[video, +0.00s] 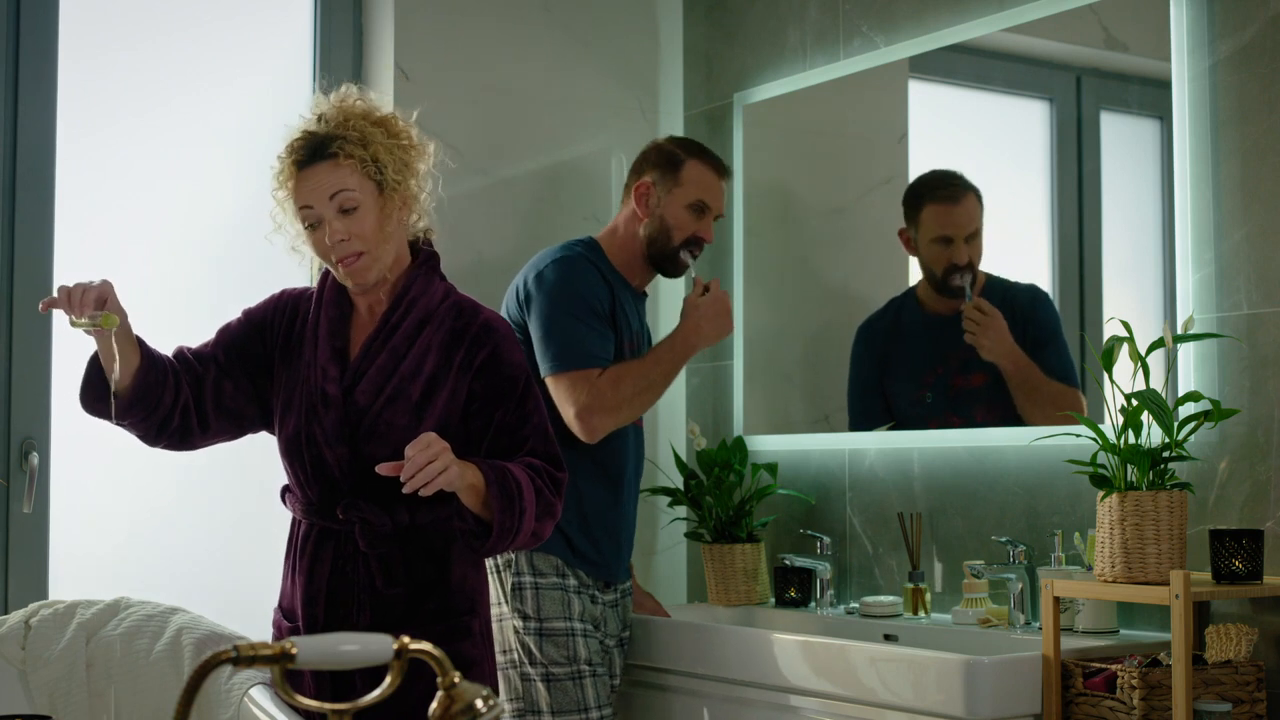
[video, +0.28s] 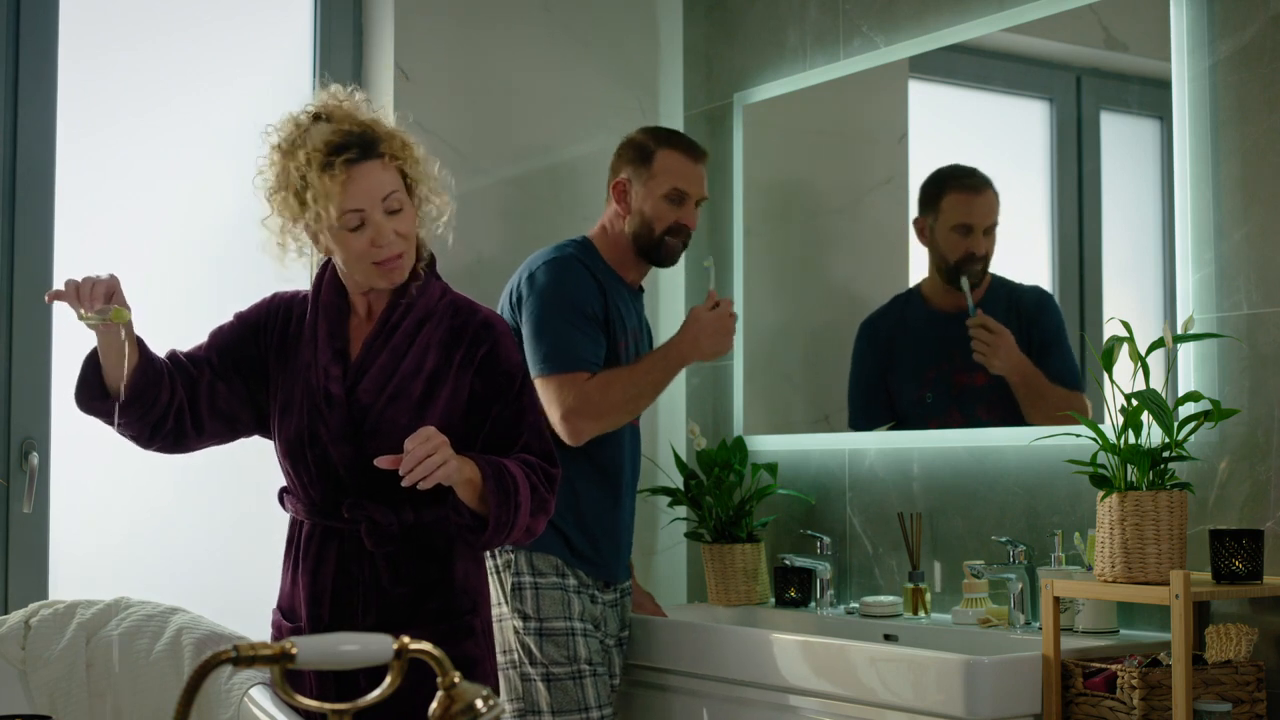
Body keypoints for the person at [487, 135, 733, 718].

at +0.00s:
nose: (707, 233)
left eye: (714, 219)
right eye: (697, 210)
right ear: (643, 198)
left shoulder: (629, 303)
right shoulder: (564, 276)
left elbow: (596, 465)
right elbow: (587, 412)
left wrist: (623, 581)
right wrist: (689, 337)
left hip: (599, 578)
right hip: (544, 570)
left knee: (586, 706)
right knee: (565, 710)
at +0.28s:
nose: (689, 220)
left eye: (697, 206)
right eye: (674, 198)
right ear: (621, 191)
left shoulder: (627, 302)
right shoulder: (559, 276)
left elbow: (599, 464)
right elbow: (575, 416)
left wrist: (622, 579)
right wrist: (683, 348)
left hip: (599, 575)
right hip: (544, 568)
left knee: (588, 706)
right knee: (566, 710)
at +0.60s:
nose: (660, 203)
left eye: (672, 187)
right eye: (642, 183)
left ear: (681, 193)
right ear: (597, 185)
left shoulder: (630, 304)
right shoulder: (539, 279)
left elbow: (603, 461)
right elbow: (514, 413)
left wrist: (626, 579)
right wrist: (646, 387)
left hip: (601, 577)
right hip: (541, 567)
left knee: (587, 708)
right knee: (570, 710)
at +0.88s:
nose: (631, 185)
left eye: (650, 171)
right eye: (616, 165)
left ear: (672, 186)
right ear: (586, 170)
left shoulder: (646, 298)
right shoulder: (522, 276)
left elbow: (605, 448)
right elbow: (492, 422)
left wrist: (622, 566)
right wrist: (614, 404)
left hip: (606, 578)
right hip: (534, 572)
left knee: (600, 710)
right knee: (555, 712)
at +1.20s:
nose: (613, 178)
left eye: (636, 164)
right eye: (601, 156)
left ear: (668, 178)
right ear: (579, 156)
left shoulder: (668, 295)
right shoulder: (508, 265)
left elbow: (682, 441)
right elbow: (469, 413)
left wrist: (710, 563)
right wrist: (573, 404)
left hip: (604, 566)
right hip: (513, 556)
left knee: (594, 712)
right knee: (523, 714)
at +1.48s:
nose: (603, 179)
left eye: (627, 164)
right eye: (594, 157)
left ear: (666, 179)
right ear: (578, 153)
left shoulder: (678, 298)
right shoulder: (500, 264)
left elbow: (699, 449)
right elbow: (451, 399)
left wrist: (729, 578)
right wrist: (542, 409)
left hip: (604, 568)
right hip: (503, 556)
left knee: (592, 711)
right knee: (506, 712)